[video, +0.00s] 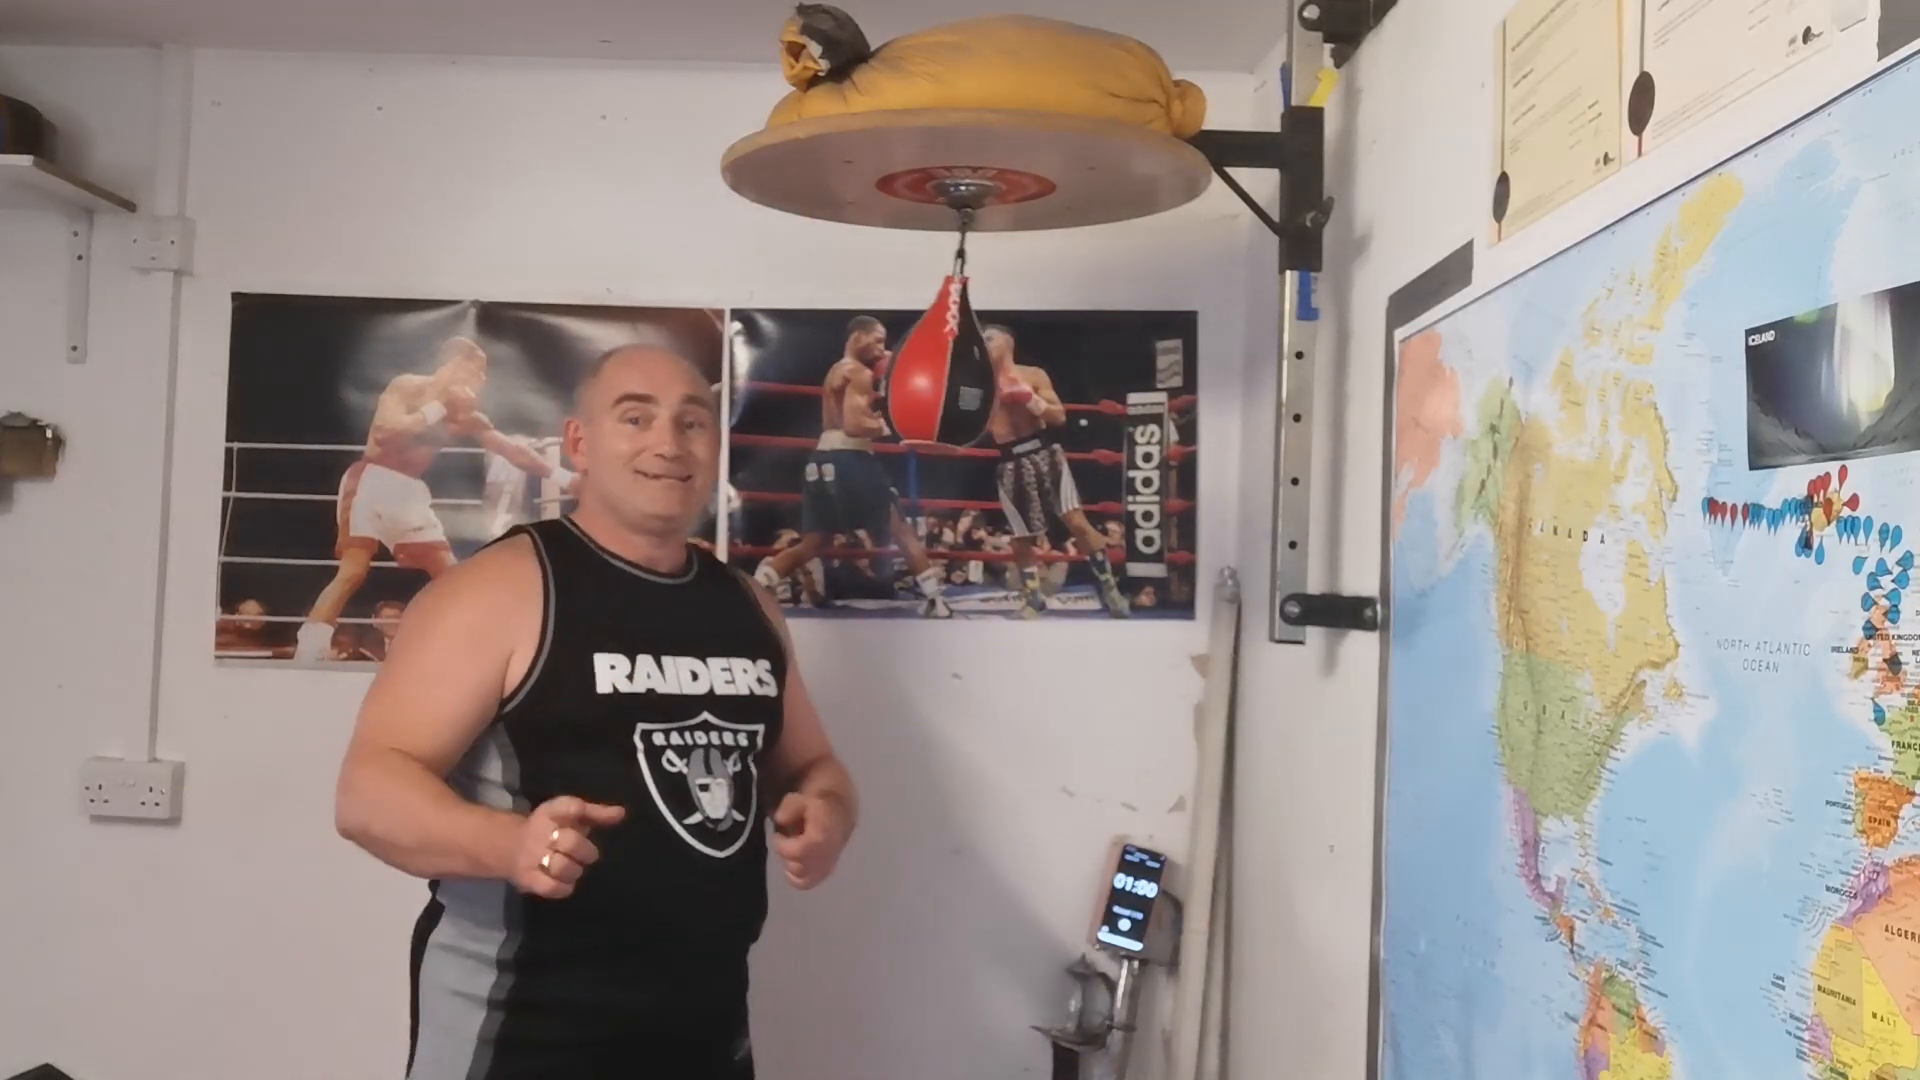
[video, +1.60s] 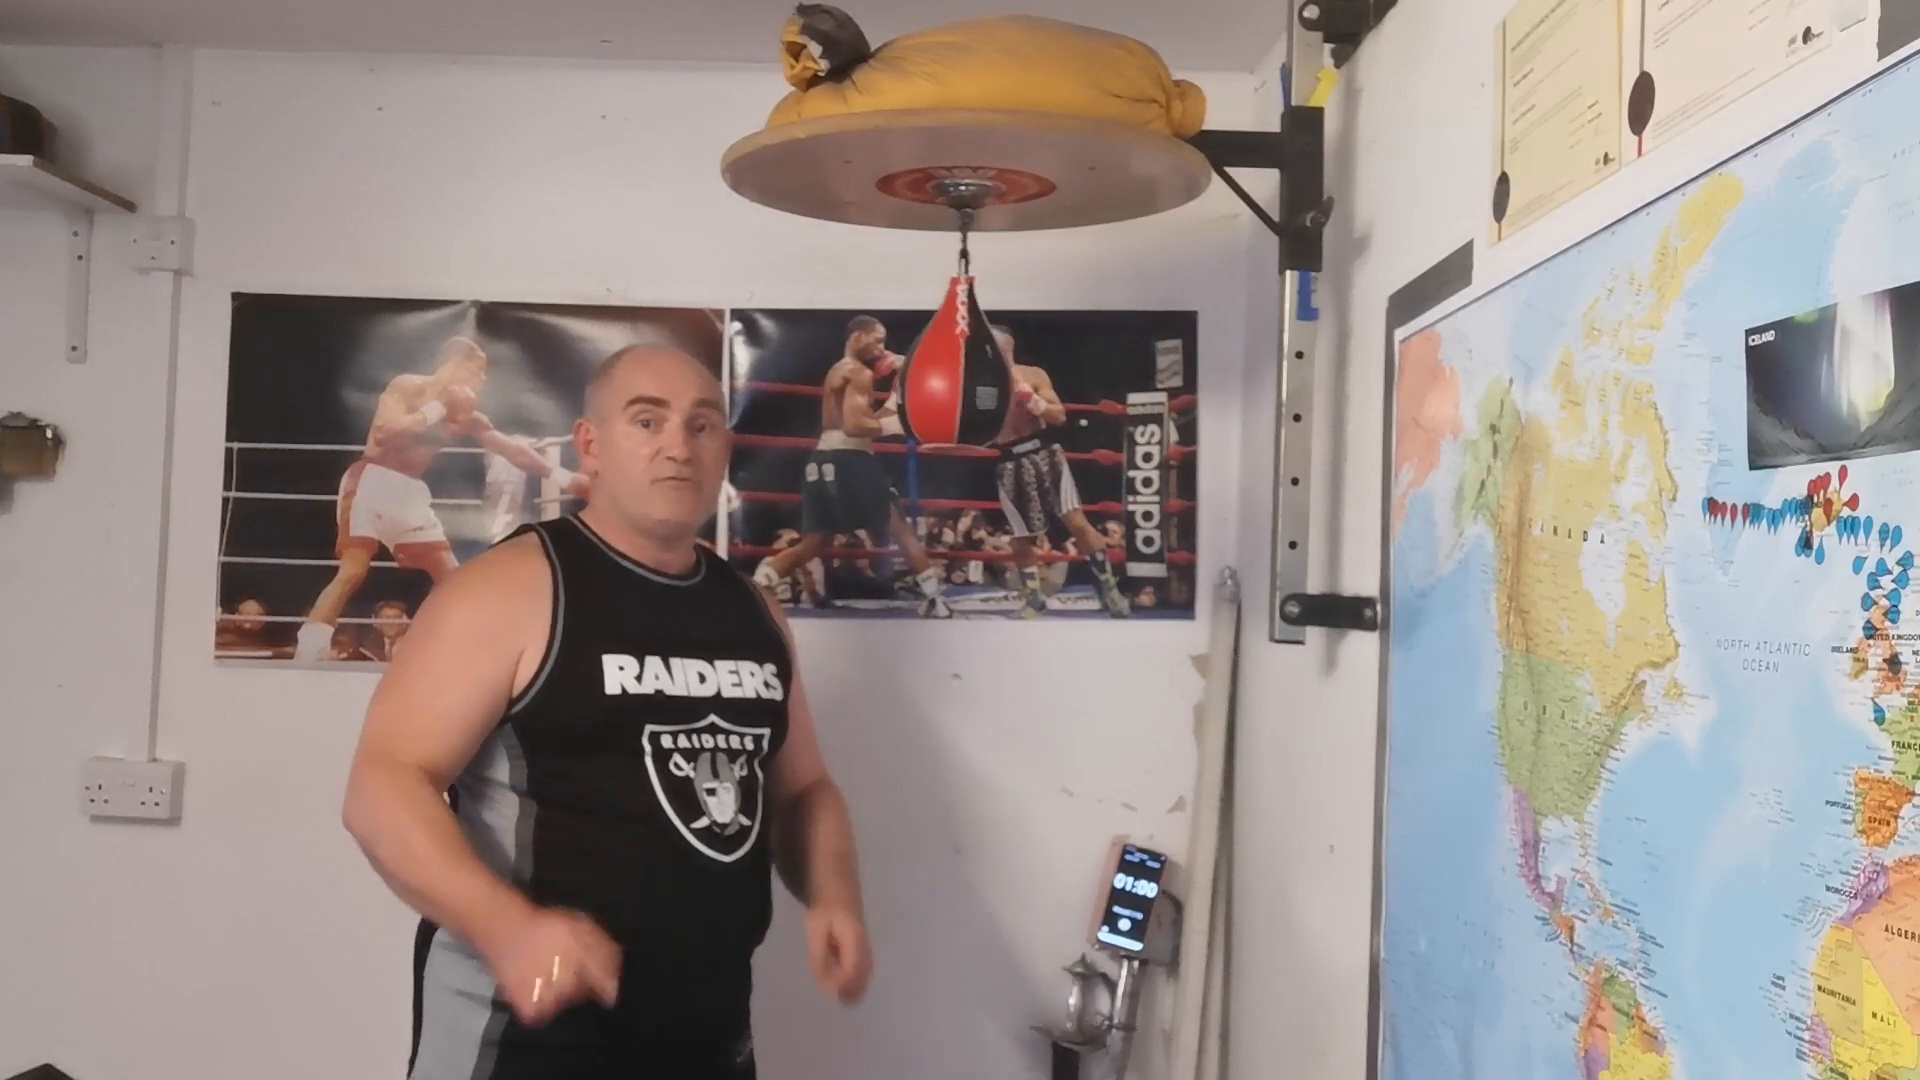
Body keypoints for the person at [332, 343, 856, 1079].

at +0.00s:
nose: (668, 443)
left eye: (691, 421)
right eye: (634, 417)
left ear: (715, 453)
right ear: (577, 444)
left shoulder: (744, 606)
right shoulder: (495, 590)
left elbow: (813, 765)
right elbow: (369, 789)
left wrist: (824, 814)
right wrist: (506, 843)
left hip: (699, 1018)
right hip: (522, 1022)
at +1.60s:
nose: (679, 446)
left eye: (702, 424)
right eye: (646, 419)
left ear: (726, 454)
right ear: (588, 445)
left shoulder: (750, 611)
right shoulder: (508, 588)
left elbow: (802, 790)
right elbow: (382, 786)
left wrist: (831, 898)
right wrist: (509, 931)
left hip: (706, 1024)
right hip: (534, 1028)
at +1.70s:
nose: (682, 447)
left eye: (706, 423)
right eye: (650, 418)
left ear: (731, 452)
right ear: (593, 443)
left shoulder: (750, 612)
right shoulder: (510, 589)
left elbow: (799, 804)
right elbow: (387, 795)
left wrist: (828, 962)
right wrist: (478, 1003)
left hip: (709, 1030)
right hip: (542, 1035)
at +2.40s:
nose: (690, 444)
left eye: (709, 421)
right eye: (655, 418)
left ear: (731, 450)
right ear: (594, 447)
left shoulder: (744, 610)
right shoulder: (518, 592)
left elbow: (795, 803)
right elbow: (396, 800)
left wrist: (841, 965)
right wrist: (516, 991)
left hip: (724, 1035)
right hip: (565, 1040)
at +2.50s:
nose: (685, 443)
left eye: (705, 421)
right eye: (650, 418)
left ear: (725, 450)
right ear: (590, 448)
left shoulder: (742, 609)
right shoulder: (513, 592)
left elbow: (793, 784)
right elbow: (389, 794)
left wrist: (840, 887)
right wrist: (544, 906)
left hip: (716, 1031)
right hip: (545, 1037)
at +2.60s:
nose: (681, 444)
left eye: (701, 421)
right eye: (646, 418)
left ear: (724, 450)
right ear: (586, 446)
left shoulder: (743, 607)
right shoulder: (508, 592)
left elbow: (789, 772)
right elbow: (383, 793)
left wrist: (814, 807)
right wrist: (556, 820)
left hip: (715, 1022)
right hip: (540, 1024)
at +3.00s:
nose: (680, 442)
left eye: (701, 420)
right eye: (647, 415)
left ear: (725, 450)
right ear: (587, 444)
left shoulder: (748, 608)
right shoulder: (502, 593)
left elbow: (809, 778)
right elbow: (375, 790)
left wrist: (814, 856)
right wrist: (507, 878)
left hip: (709, 1026)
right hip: (532, 1030)